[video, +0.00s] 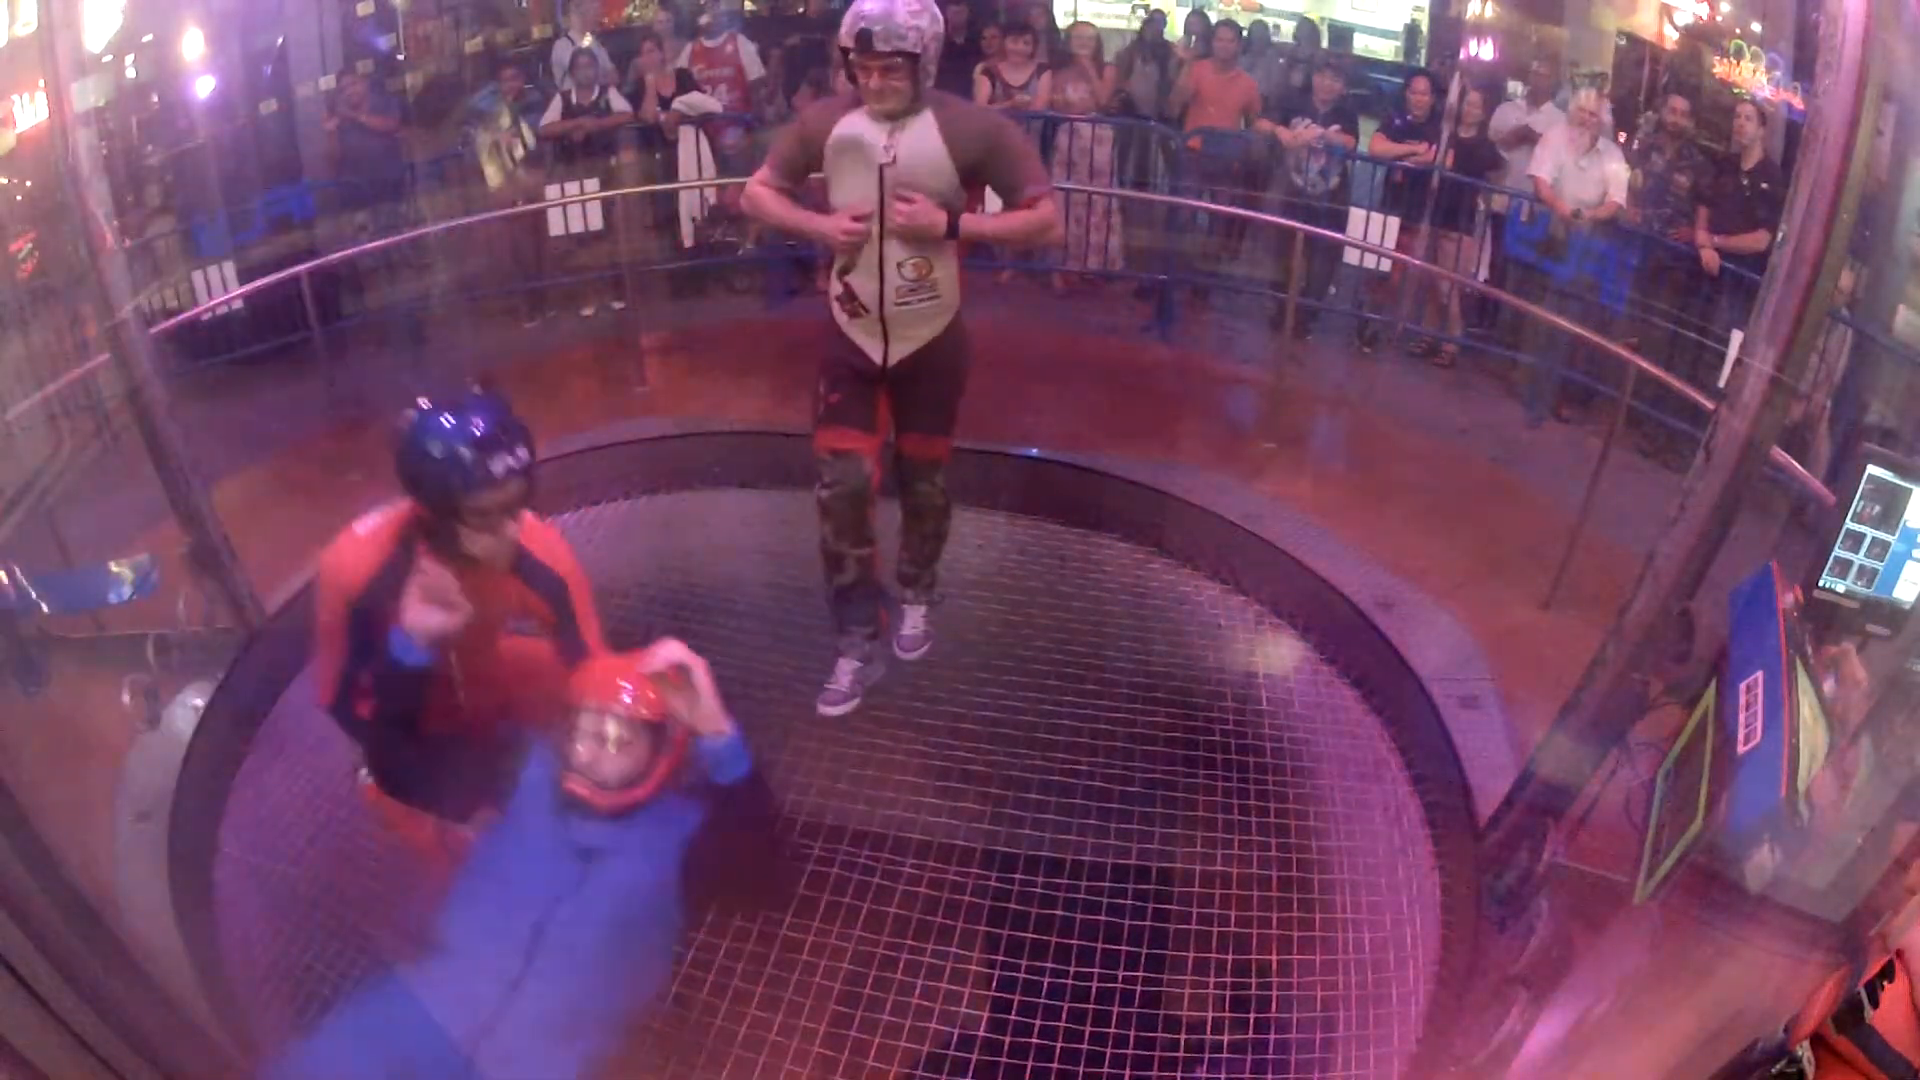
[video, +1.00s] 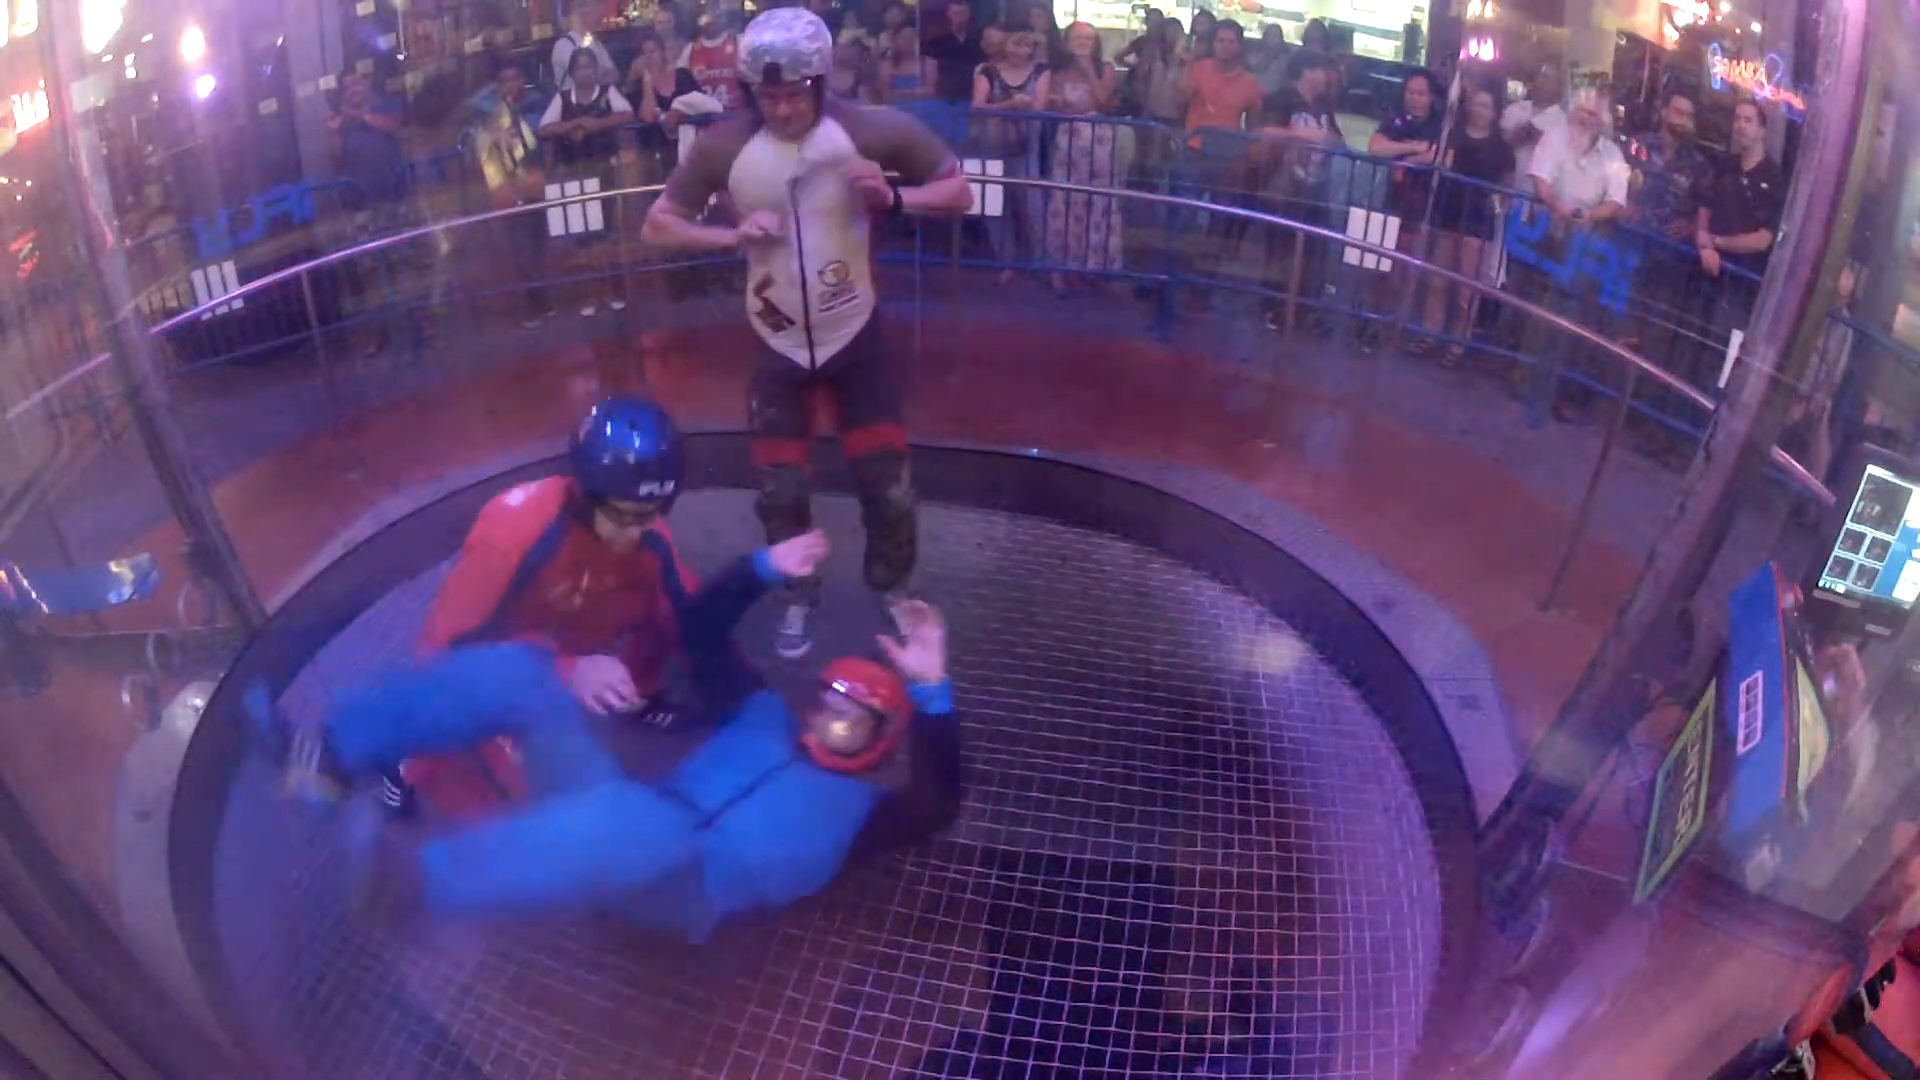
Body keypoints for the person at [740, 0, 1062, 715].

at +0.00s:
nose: (877, 79)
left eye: (893, 68)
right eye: (866, 66)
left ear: (923, 66)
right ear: (851, 64)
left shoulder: (973, 130)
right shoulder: (823, 124)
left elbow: (1047, 219)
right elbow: (754, 193)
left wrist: (950, 225)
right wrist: (820, 225)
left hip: (931, 339)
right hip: (849, 337)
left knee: (922, 487)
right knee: (839, 489)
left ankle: (915, 596)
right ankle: (855, 640)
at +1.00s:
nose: (783, 102)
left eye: (796, 89)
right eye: (769, 90)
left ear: (821, 80)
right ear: (751, 86)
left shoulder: (873, 132)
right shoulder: (724, 146)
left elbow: (959, 190)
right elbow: (658, 222)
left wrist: (896, 198)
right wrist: (731, 235)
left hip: (858, 339)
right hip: (776, 346)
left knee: (887, 490)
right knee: (779, 492)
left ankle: (890, 599)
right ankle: (797, 599)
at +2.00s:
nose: (871, 93)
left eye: (883, 78)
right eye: (857, 81)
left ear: (901, 68)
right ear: (833, 72)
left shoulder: (934, 111)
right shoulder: (801, 135)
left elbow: (998, 156)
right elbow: (763, 234)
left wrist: (973, 179)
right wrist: (850, 250)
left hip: (924, 304)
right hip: (851, 311)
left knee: (935, 445)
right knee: (862, 445)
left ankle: (916, 555)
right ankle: (838, 578)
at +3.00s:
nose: (887, 74)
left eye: (896, 62)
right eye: (875, 61)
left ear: (905, 62)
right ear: (843, 60)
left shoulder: (900, 120)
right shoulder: (805, 125)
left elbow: (897, 193)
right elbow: (746, 229)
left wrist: (931, 210)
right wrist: (813, 270)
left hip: (890, 297)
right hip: (823, 309)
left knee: (920, 429)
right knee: (849, 452)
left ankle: (886, 540)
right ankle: (827, 575)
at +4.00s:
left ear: (873, 116)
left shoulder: (902, 129)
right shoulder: (838, 159)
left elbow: (960, 168)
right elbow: (874, 215)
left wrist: (950, 133)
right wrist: (937, 152)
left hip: (918, 317)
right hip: (870, 319)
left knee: (922, 435)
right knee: (884, 458)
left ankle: (881, 549)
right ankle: (836, 569)